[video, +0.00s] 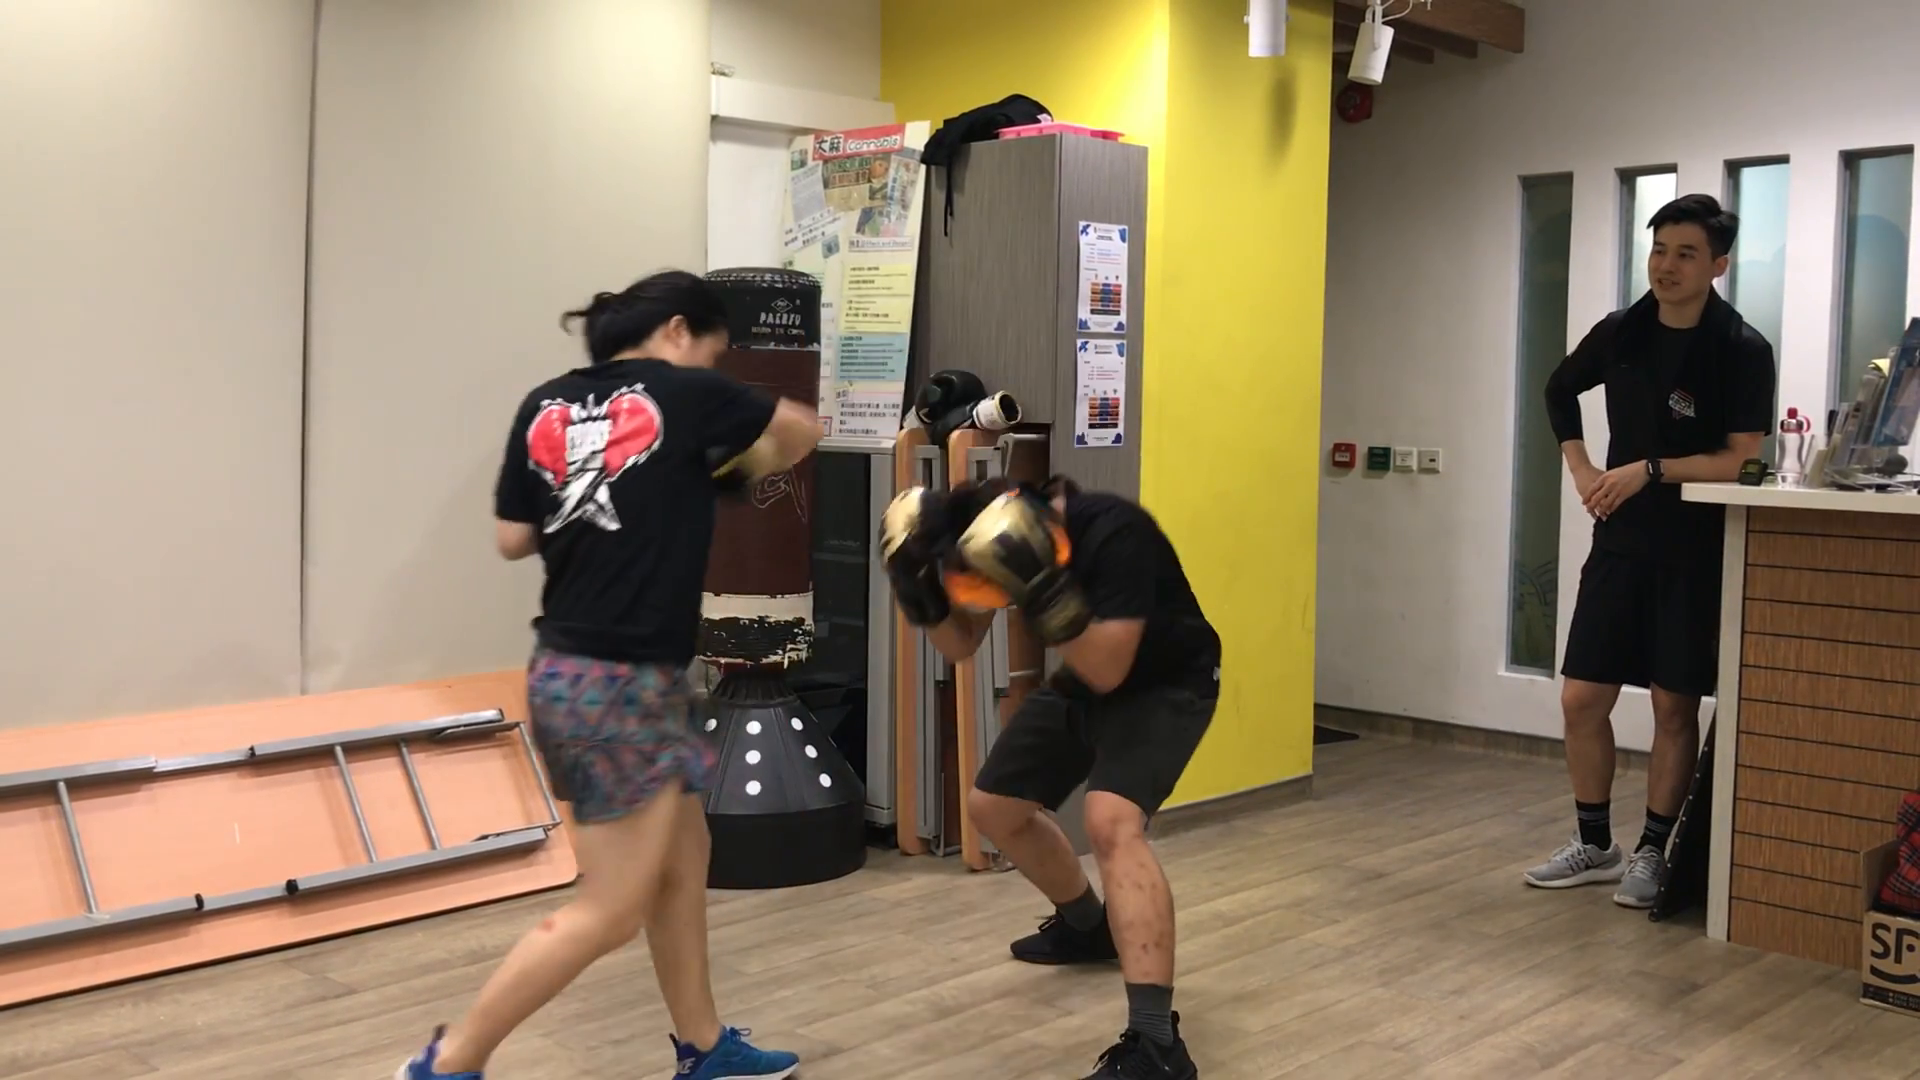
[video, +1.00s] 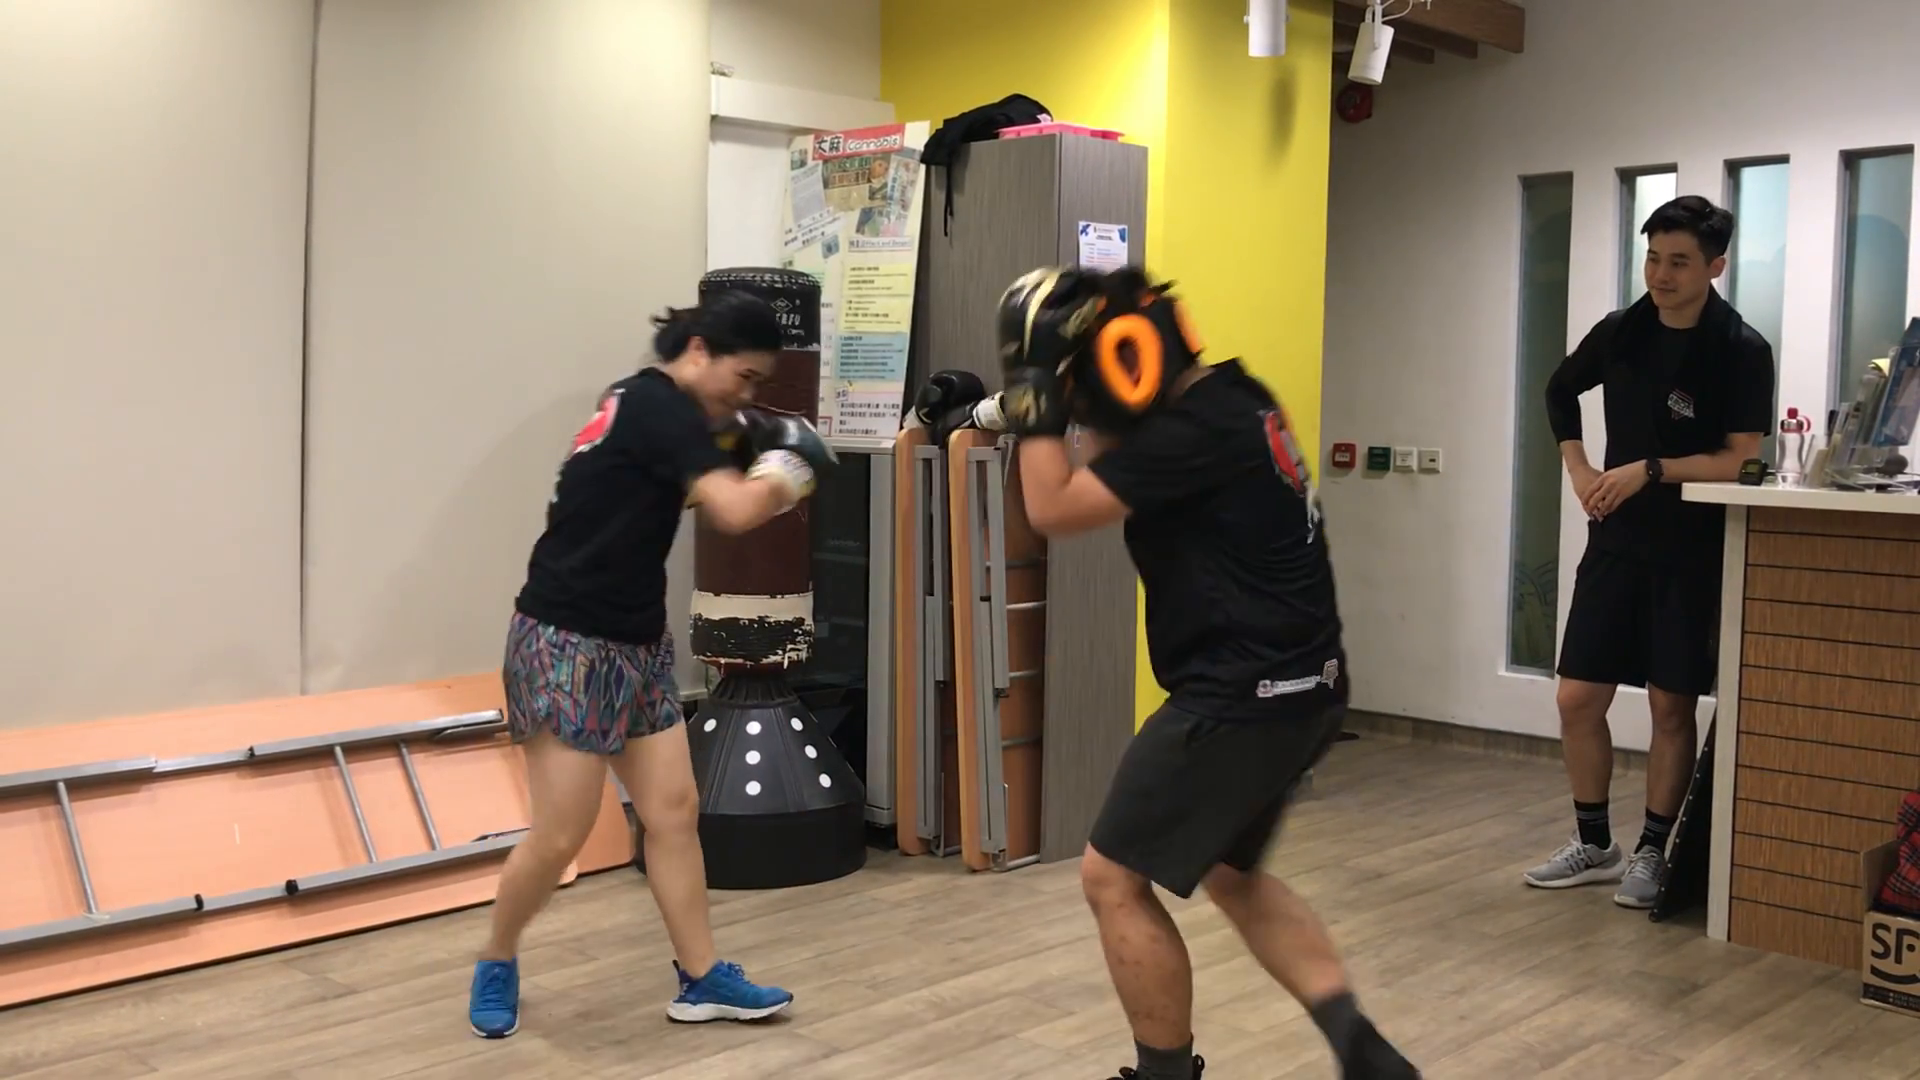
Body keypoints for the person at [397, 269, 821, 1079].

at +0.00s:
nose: (712, 367)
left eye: (716, 357)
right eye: (711, 353)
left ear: (622, 338)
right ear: (675, 333)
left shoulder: (547, 402)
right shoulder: (685, 392)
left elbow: (512, 537)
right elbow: (801, 428)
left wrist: (603, 489)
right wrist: (741, 471)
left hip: (568, 670)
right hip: (623, 681)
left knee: (684, 853)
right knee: (612, 904)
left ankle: (702, 1046)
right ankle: (448, 1062)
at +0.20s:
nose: (682, 407)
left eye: (687, 389)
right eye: (684, 386)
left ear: (614, 368)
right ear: (647, 370)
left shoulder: (506, 436)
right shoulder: (629, 449)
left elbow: (411, 522)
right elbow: (693, 585)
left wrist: (510, 534)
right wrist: (723, 553)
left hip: (519, 709)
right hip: (565, 720)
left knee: (695, 834)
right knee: (546, 932)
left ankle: (707, 1029)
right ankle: (411, 1074)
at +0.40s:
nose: (734, 370)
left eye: (736, 353)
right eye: (732, 351)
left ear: (684, 340)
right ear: (696, 342)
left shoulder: (637, 416)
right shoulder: (609, 422)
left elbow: (550, 403)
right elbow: (507, 502)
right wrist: (614, 541)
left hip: (623, 678)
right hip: (560, 677)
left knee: (701, 820)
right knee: (519, 883)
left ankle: (719, 980)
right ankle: (415, 1068)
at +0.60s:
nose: (800, 384)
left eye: (804, 369)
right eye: (794, 365)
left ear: (749, 360)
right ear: (743, 355)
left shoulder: (750, 438)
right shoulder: (656, 433)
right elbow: (527, 477)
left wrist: (861, 473)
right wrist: (548, 515)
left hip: (646, 673)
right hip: (583, 660)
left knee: (705, 823)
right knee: (546, 858)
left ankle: (705, 981)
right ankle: (443, 1054)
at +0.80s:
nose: (804, 413)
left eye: (811, 399)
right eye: (801, 393)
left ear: (750, 376)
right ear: (754, 370)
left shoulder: (692, 422)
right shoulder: (721, 427)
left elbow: (670, 530)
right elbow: (780, 497)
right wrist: (880, 504)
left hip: (647, 657)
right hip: (588, 648)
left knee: (689, 811)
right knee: (536, 834)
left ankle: (704, 978)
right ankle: (407, 985)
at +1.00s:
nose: (750, 395)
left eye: (757, 382)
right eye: (744, 376)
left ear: (703, 361)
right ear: (697, 351)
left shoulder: (667, 405)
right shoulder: (659, 407)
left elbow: (689, 490)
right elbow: (736, 507)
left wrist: (746, 456)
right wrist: (790, 469)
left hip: (638, 641)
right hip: (567, 640)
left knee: (673, 810)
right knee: (559, 834)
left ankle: (700, 977)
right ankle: (496, 961)